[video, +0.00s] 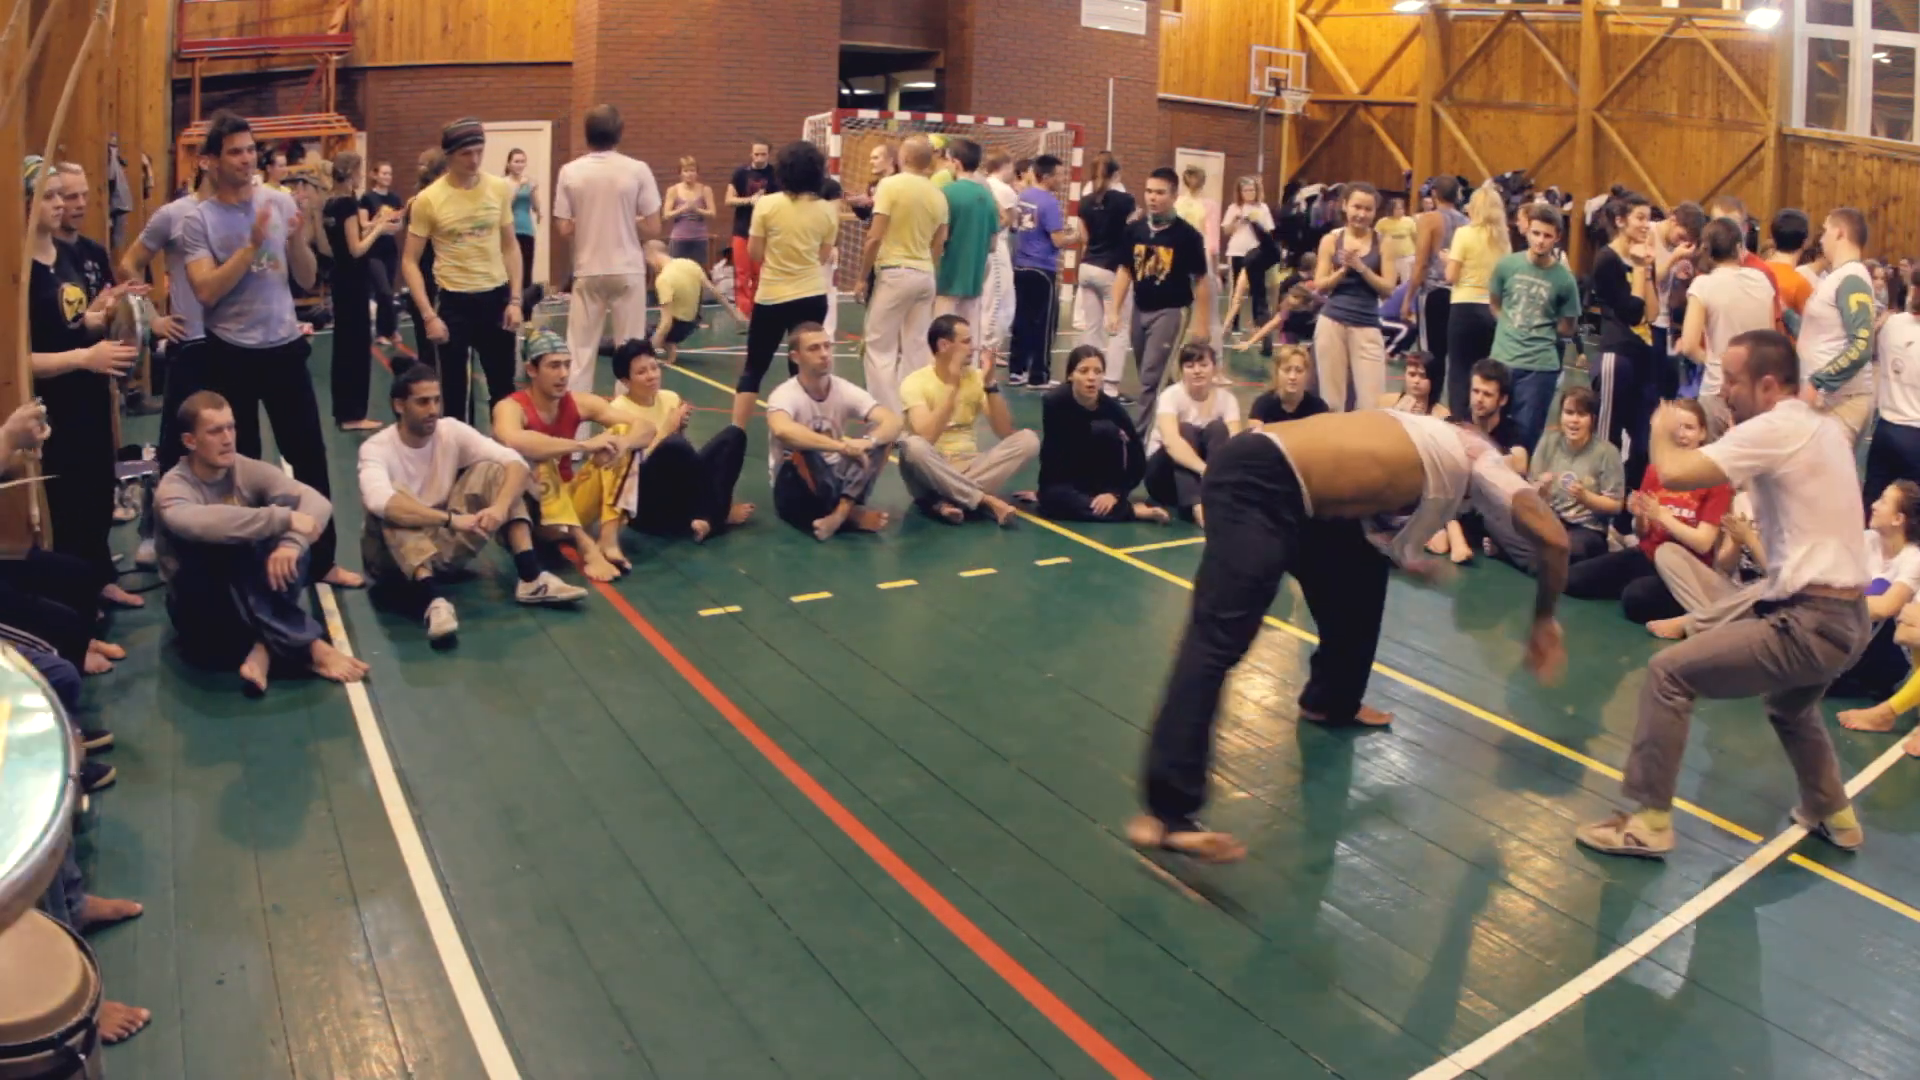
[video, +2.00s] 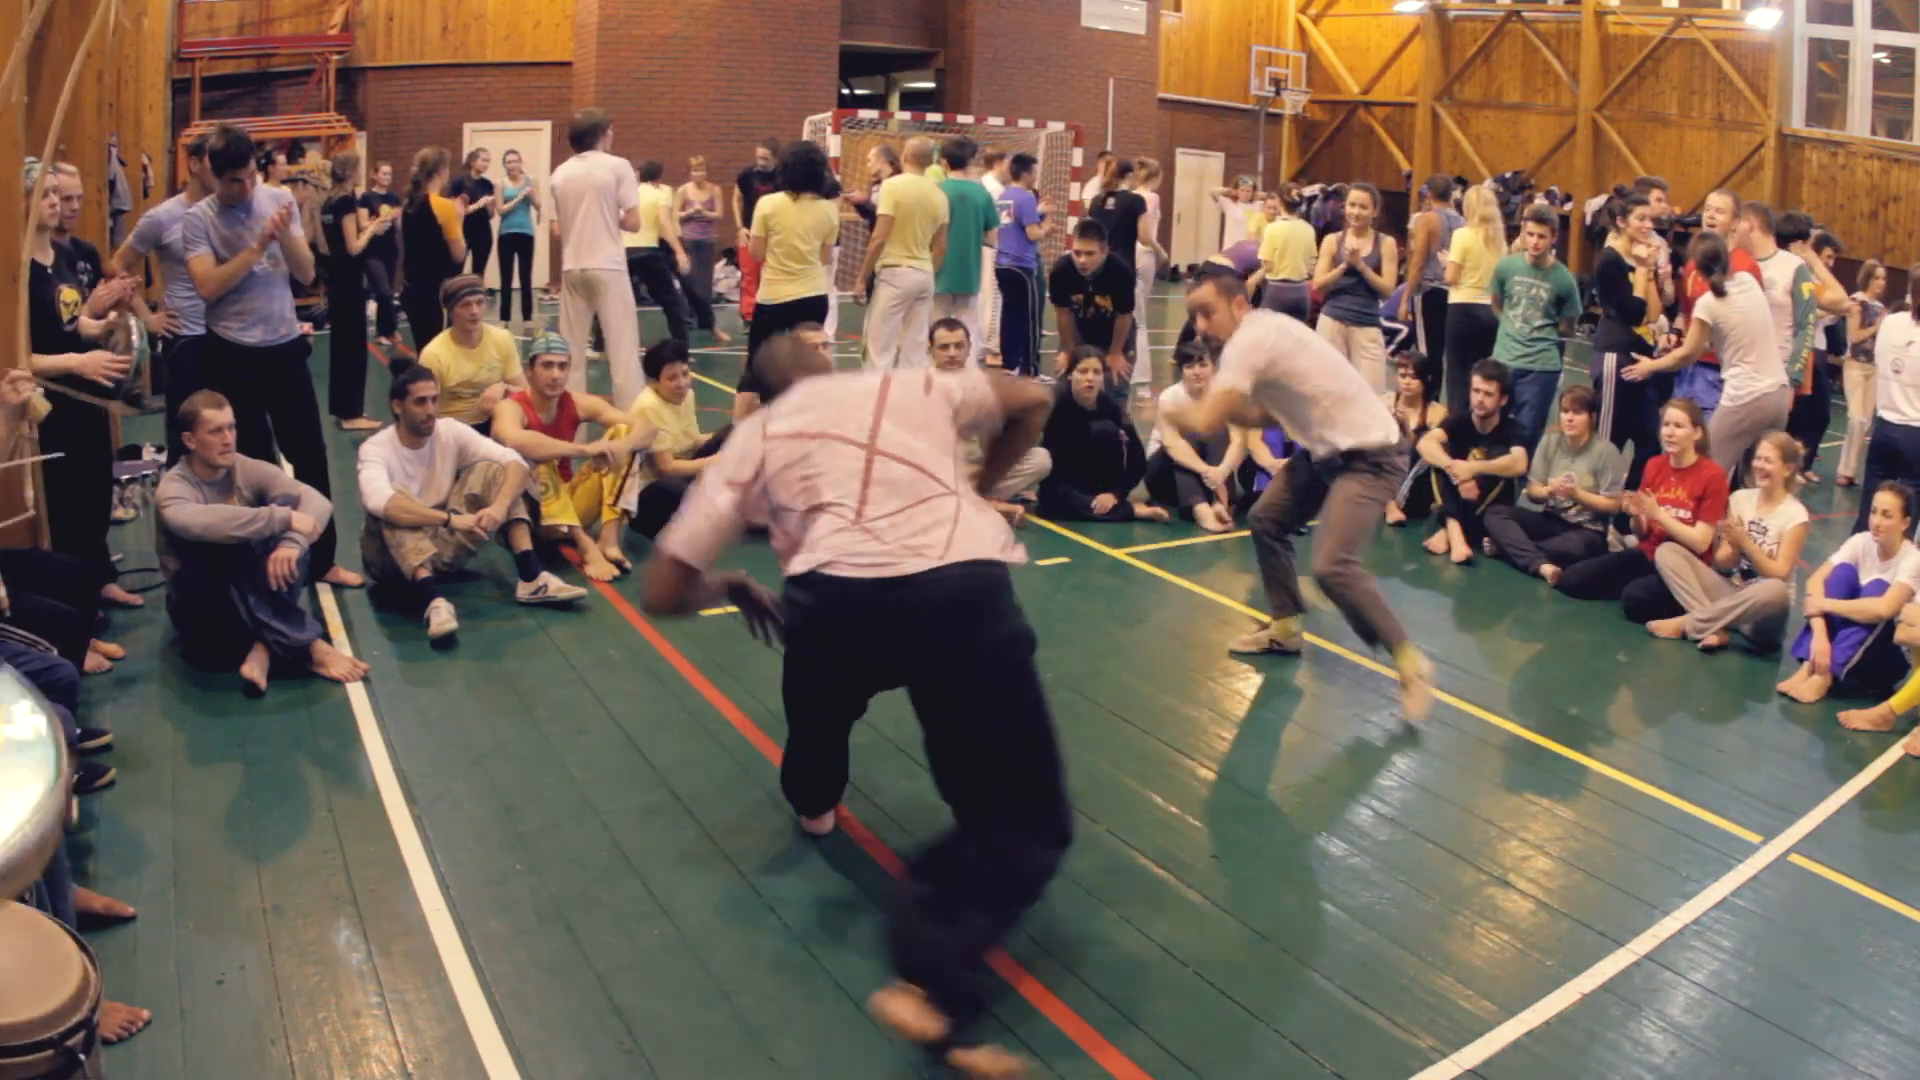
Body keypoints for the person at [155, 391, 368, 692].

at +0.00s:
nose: (228, 439)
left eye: (231, 428)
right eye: (215, 432)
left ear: (237, 429)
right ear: (189, 441)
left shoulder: (245, 469)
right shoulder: (174, 487)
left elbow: (316, 502)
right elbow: (193, 523)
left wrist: (292, 544)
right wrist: (284, 518)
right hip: (209, 620)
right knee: (212, 545)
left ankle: (266, 646)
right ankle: (310, 645)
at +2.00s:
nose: (228, 439)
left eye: (231, 428)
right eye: (216, 432)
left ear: (237, 429)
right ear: (189, 440)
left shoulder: (246, 469)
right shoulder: (174, 487)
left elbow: (317, 502)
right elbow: (192, 523)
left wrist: (292, 544)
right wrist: (283, 518)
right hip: (208, 612)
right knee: (212, 546)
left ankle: (264, 646)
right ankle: (310, 645)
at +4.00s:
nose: (227, 439)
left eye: (230, 429)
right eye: (215, 432)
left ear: (236, 429)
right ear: (189, 440)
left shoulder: (248, 469)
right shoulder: (174, 488)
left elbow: (316, 501)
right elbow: (193, 523)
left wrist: (292, 543)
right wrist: (283, 517)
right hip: (211, 613)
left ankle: (264, 646)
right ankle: (310, 645)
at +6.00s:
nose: (227, 441)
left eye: (230, 430)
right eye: (215, 433)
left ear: (236, 429)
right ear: (189, 440)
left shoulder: (248, 469)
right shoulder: (174, 487)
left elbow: (317, 501)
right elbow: (193, 523)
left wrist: (292, 543)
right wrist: (284, 517)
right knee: (219, 542)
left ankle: (266, 644)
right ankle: (310, 644)